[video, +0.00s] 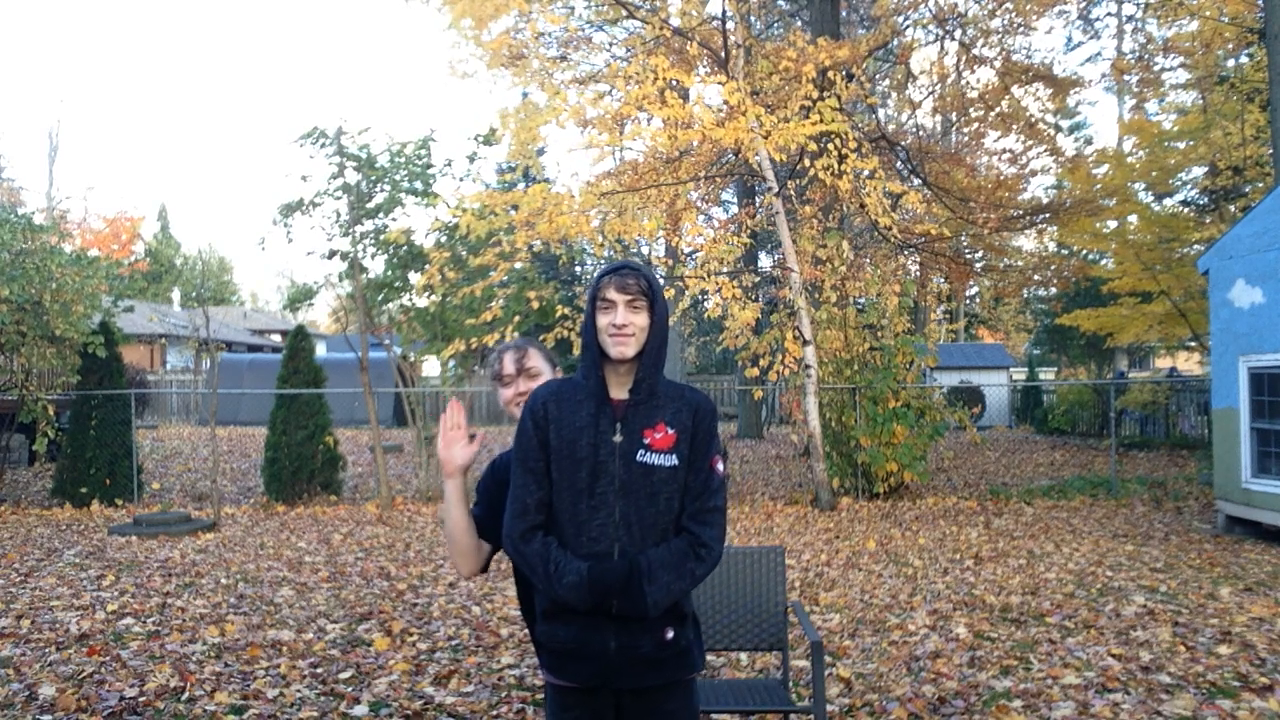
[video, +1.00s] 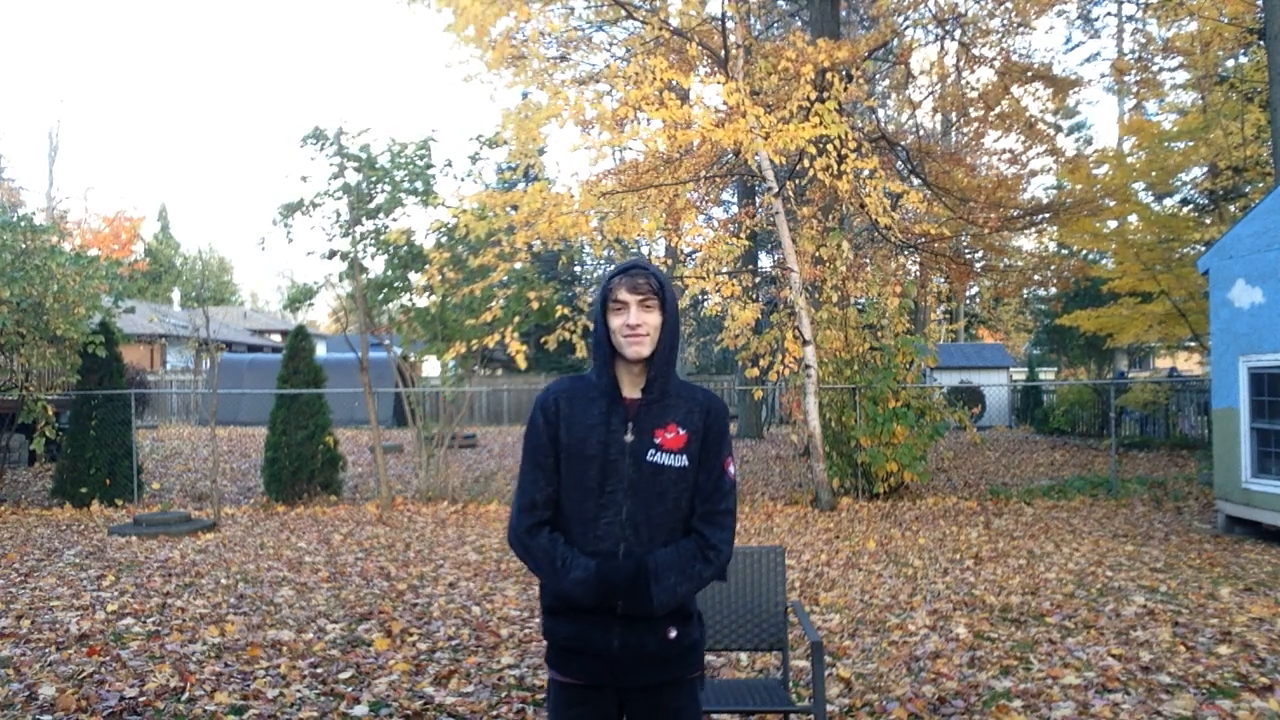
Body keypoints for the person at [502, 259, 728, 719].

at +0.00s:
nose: (619, 320)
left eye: (634, 307)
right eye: (606, 307)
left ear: (655, 320)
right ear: (591, 319)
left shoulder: (691, 409)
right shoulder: (546, 405)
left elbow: (705, 535)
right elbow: (521, 531)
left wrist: (636, 581)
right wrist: (585, 581)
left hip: (662, 655)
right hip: (572, 659)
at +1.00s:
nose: (632, 320)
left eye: (645, 307)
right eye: (618, 308)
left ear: (667, 319)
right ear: (603, 321)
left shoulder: (702, 411)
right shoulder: (559, 404)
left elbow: (715, 539)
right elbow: (526, 525)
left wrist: (645, 579)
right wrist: (592, 579)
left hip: (668, 654)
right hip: (578, 654)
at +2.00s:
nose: (612, 325)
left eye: (627, 313)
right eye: (599, 310)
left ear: (642, 329)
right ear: (578, 322)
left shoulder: (683, 400)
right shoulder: (541, 416)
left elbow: (718, 518)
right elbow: (534, 543)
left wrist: (658, 576)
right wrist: (602, 587)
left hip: (682, 649)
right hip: (593, 654)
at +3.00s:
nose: (626, 311)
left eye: (642, 299)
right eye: (613, 298)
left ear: (661, 316)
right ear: (596, 312)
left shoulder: (703, 399)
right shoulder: (559, 403)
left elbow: (735, 520)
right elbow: (534, 527)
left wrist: (669, 566)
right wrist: (608, 570)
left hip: (684, 645)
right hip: (594, 648)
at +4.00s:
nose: (639, 322)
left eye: (652, 307)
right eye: (623, 309)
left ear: (672, 319)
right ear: (608, 323)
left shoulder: (709, 411)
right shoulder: (566, 405)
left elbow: (732, 531)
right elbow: (536, 528)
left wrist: (667, 579)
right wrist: (611, 578)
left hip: (681, 651)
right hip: (590, 651)